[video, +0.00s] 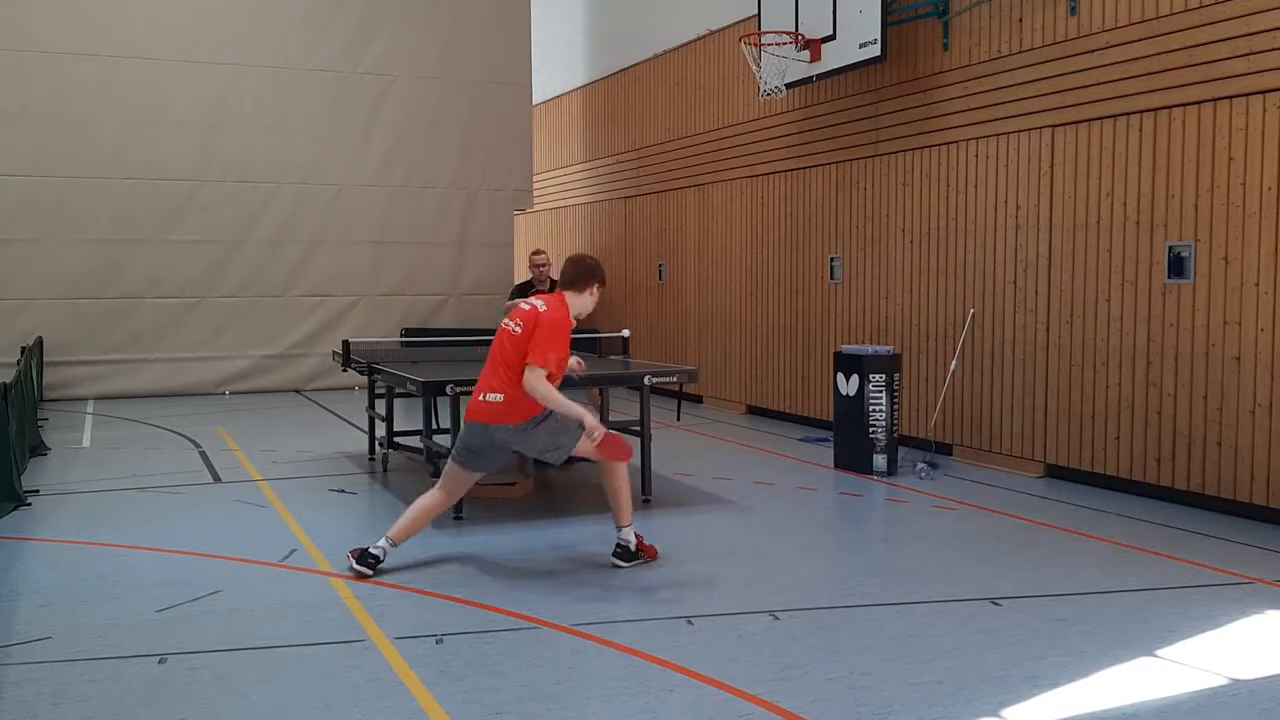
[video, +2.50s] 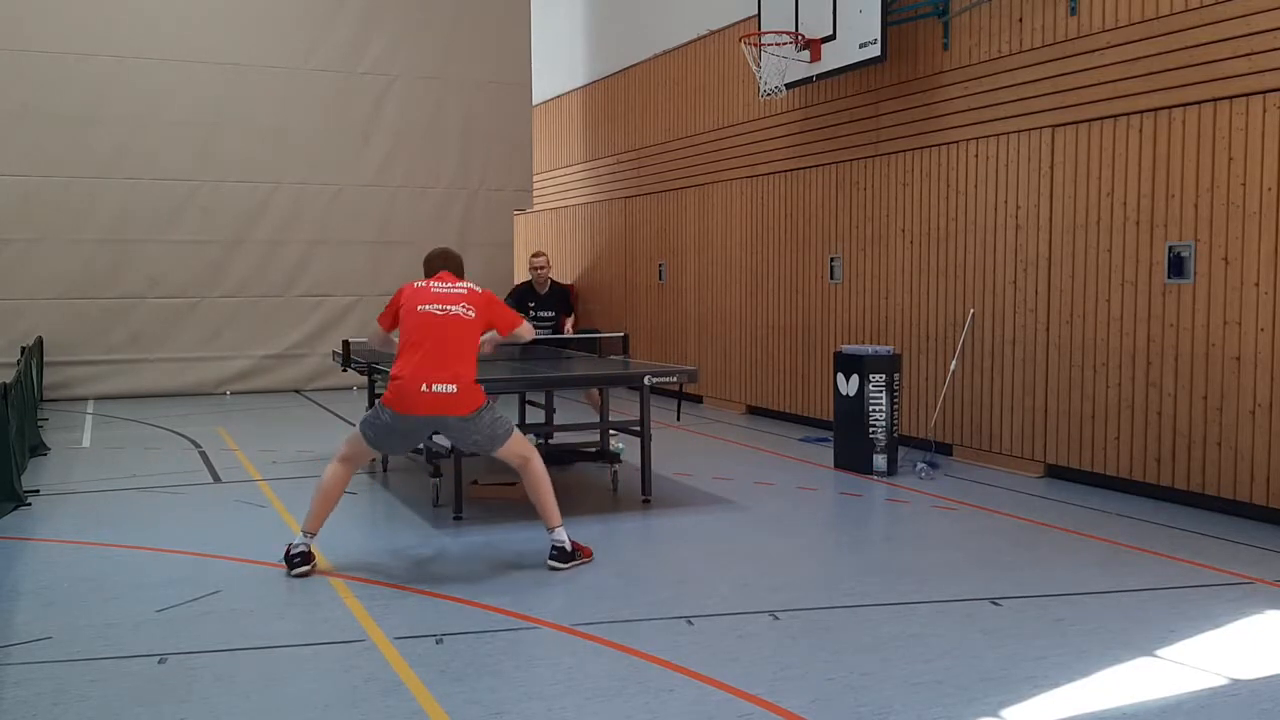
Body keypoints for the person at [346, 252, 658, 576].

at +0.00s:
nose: (596, 303)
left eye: (598, 296)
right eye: (598, 295)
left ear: (561, 282)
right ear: (591, 290)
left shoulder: (526, 305)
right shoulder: (557, 316)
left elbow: (513, 357)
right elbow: (534, 380)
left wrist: (560, 362)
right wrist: (582, 414)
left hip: (480, 420)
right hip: (524, 421)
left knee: (442, 493)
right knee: (610, 449)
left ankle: (378, 550)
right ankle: (628, 541)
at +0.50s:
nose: (523, 244)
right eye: (525, 239)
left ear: (490, 243)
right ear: (525, 244)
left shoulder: (467, 276)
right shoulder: (541, 285)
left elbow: (423, 330)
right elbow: (561, 347)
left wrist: (447, 313)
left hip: (468, 403)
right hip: (526, 406)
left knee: (403, 460)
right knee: (571, 459)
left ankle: (365, 548)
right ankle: (604, 536)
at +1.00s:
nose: (596, 262)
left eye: (597, 255)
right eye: (595, 254)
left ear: (560, 246)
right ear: (582, 250)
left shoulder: (520, 269)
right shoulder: (585, 286)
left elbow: (481, 309)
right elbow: (634, 333)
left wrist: (523, 309)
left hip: (494, 390)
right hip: (550, 395)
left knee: (434, 458)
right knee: (607, 444)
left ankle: (386, 540)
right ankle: (621, 527)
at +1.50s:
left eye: (456, 275)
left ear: (455, 276)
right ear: (492, 278)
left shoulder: (434, 302)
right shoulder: (508, 307)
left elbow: (392, 358)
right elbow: (555, 361)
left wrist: (421, 367)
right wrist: (540, 391)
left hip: (434, 412)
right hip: (493, 414)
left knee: (373, 468)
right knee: (556, 454)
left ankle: (323, 545)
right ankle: (586, 539)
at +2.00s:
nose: (442, 261)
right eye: (443, 254)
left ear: (404, 258)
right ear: (441, 258)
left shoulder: (387, 290)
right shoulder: (459, 288)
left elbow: (342, 344)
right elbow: (513, 312)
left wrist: (363, 360)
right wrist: (515, 304)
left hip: (400, 408)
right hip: (460, 406)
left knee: (338, 460)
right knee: (521, 462)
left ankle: (309, 547)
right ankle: (558, 542)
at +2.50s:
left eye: (431, 277)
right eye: (457, 274)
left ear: (425, 275)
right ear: (462, 274)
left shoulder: (409, 291)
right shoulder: (481, 295)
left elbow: (379, 336)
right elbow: (525, 333)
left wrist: (406, 347)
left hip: (405, 403)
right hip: (463, 402)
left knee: (346, 460)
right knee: (526, 457)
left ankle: (302, 545)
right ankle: (561, 542)